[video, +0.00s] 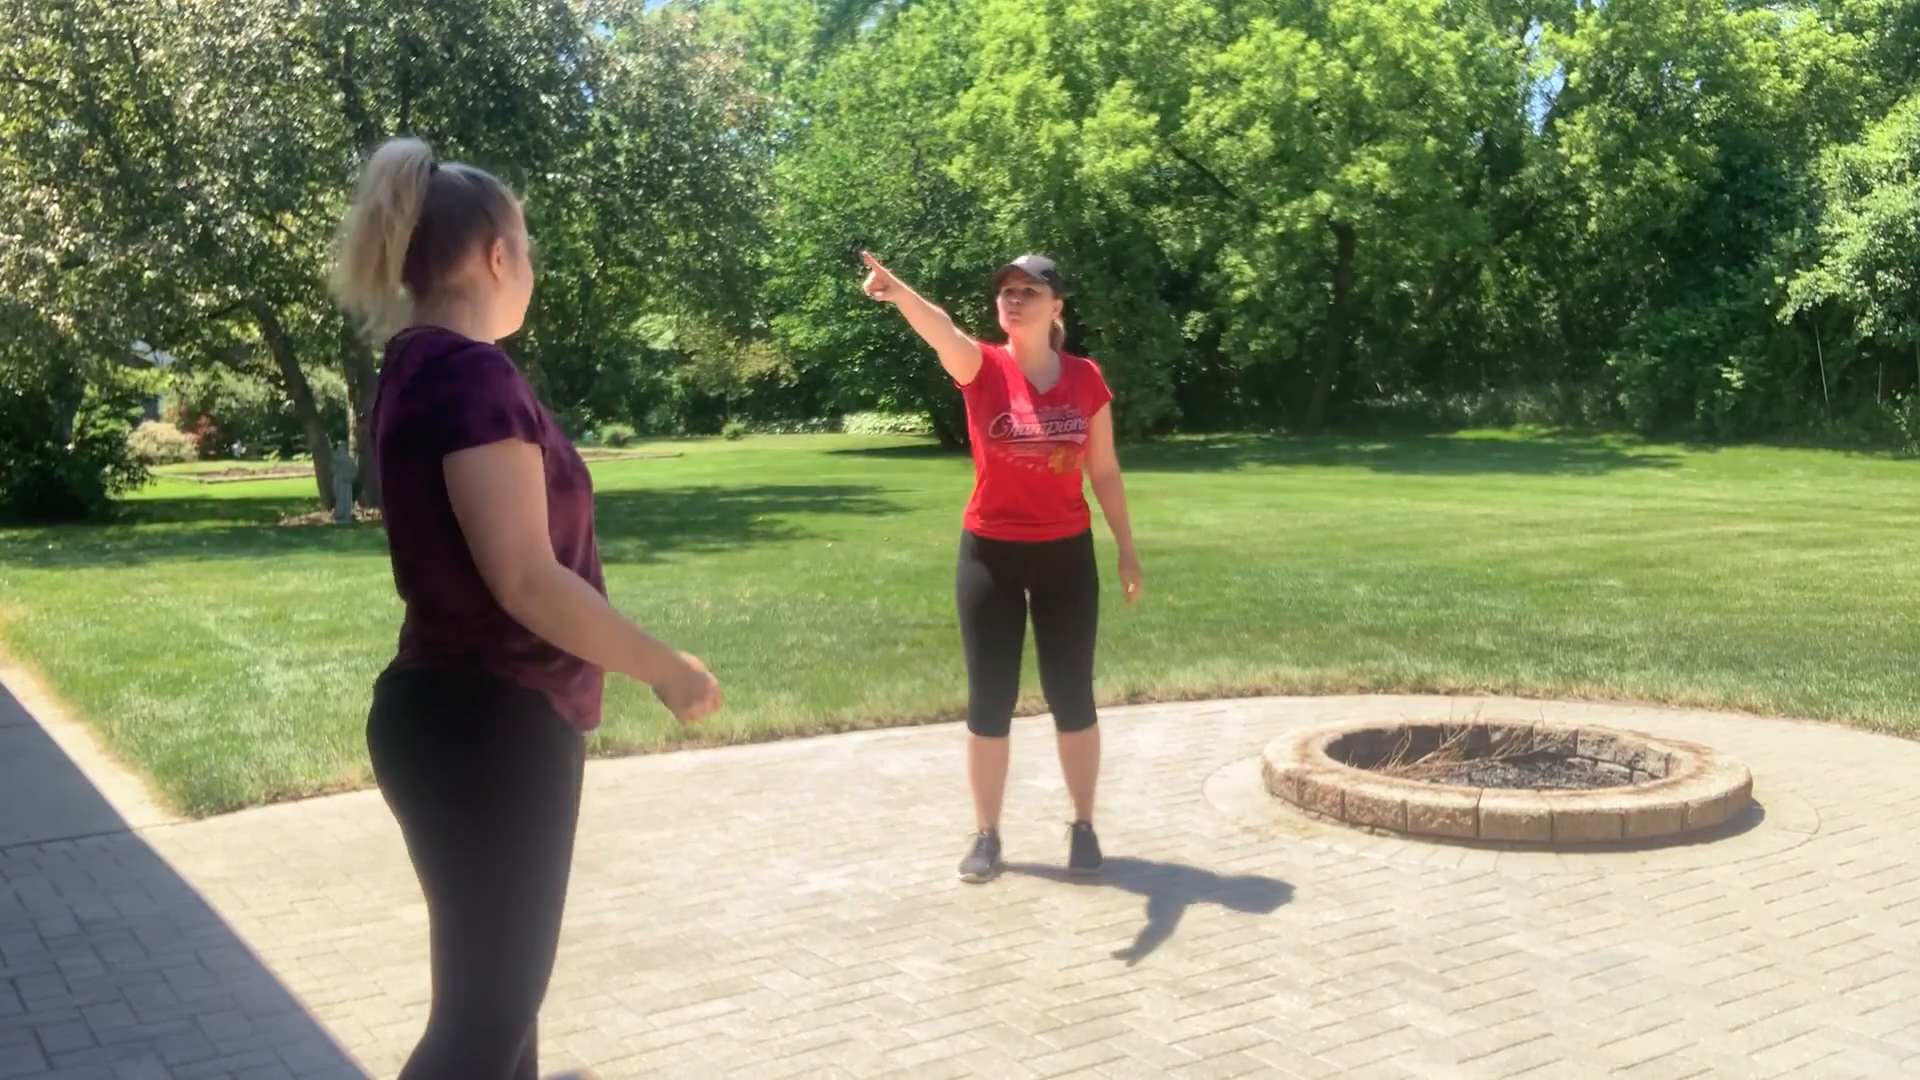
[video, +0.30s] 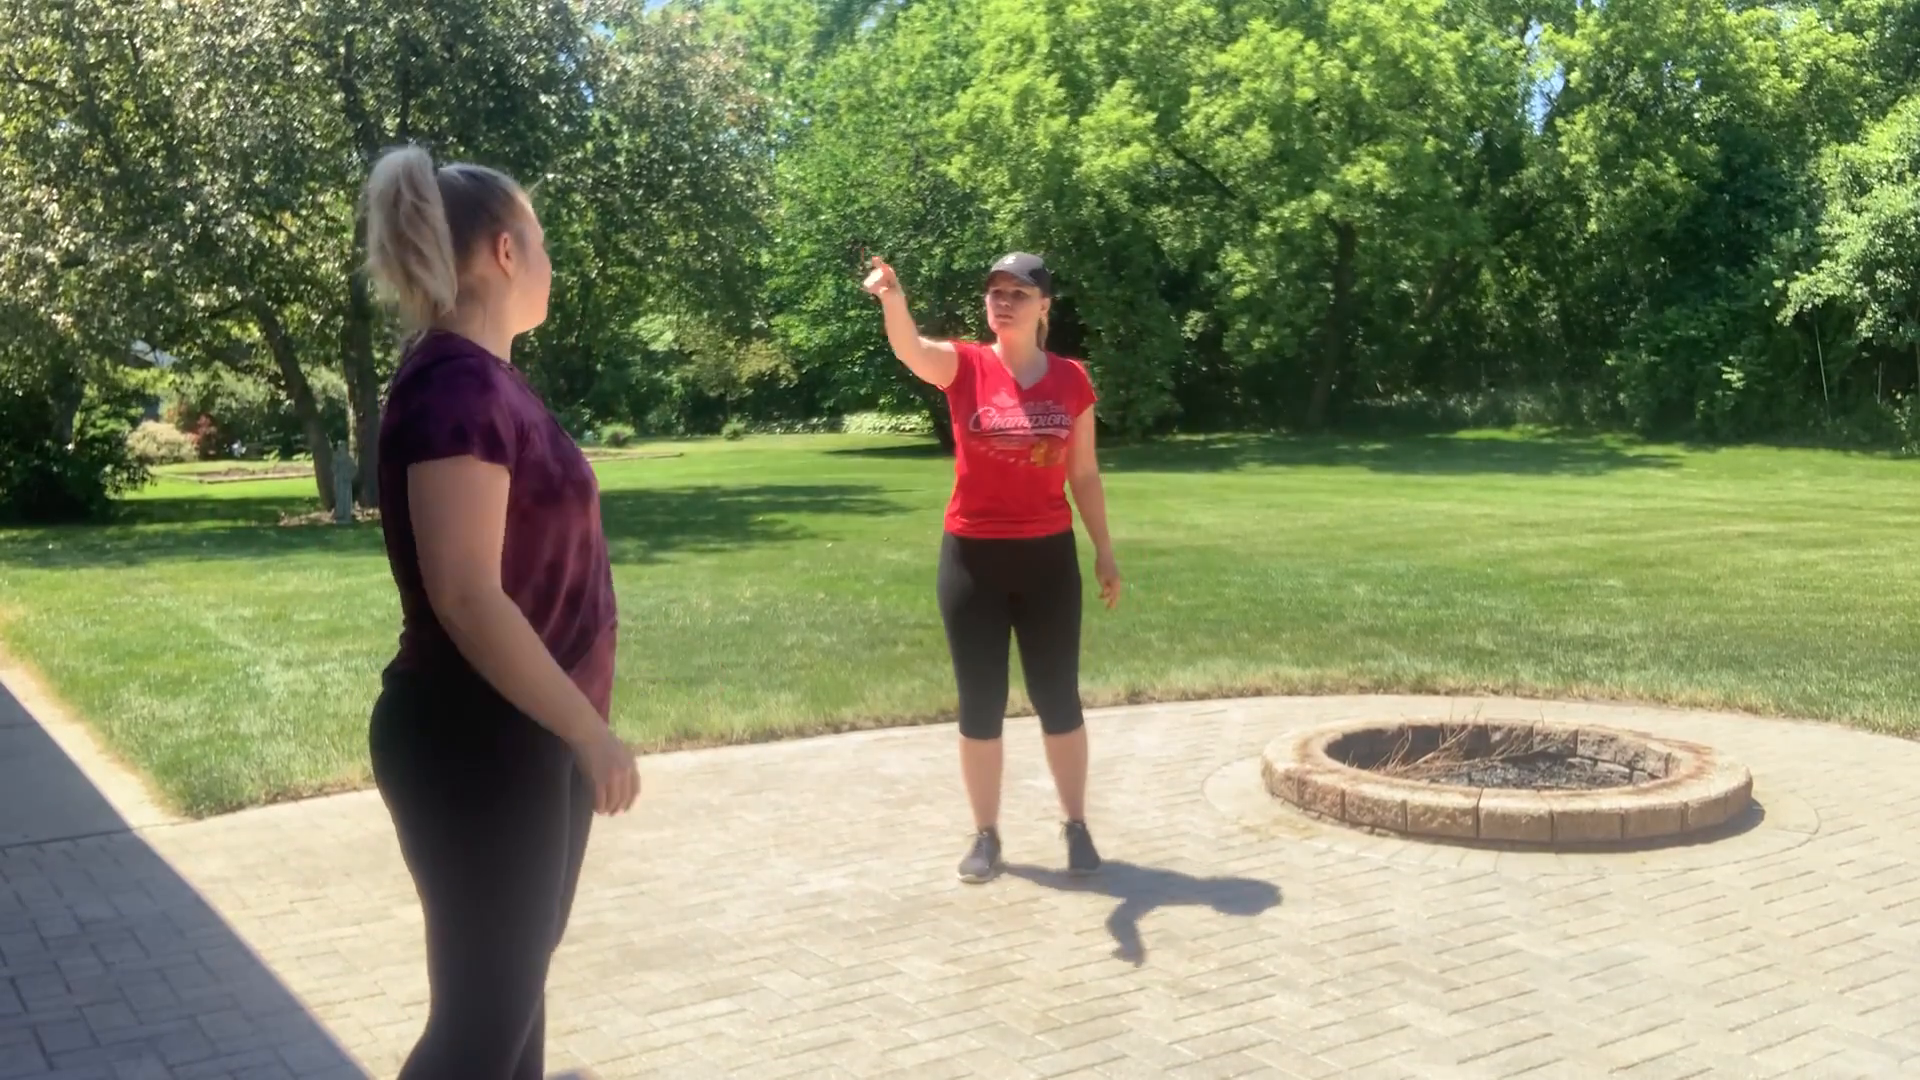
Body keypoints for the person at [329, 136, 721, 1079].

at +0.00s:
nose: (532, 276)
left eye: (529, 254)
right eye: (527, 253)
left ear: (420, 264)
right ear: (495, 258)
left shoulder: (414, 372)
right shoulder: (471, 376)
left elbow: (475, 571)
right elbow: (525, 574)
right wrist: (665, 667)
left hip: (447, 712)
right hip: (496, 725)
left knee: (487, 1012)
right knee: (489, 1024)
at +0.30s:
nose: (547, 258)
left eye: (539, 236)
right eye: (536, 236)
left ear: (469, 260)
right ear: (500, 252)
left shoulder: (480, 378)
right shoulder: (456, 385)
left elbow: (484, 585)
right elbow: (462, 590)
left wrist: (582, 726)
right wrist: (590, 731)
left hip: (515, 728)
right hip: (482, 734)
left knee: (508, 1018)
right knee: (484, 1027)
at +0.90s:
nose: (574, 256)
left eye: (567, 236)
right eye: (559, 238)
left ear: (508, 261)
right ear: (508, 259)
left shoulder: (540, 366)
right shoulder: (449, 386)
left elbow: (567, 525)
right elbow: (407, 580)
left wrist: (653, 615)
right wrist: (510, 744)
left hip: (581, 731)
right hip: (481, 745)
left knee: (536, 995)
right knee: (469, 1025)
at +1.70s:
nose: (604, 275)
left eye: (606, 254)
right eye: (581, 254)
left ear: (603, 258)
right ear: (504, 260)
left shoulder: (593, 371)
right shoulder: (443, 370)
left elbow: (606, 553)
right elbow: (388, 543)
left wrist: (674, 651)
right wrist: (449, 645)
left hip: (573, 721)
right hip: (442, 719)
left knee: (541, 1005)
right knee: (459, 1011)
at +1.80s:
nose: (560, 280)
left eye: (571, 259)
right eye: (536, 257)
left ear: (583, 265)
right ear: (466, 257)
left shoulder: (579, 385)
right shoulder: (411, 363)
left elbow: (586, 568)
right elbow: (315, 519)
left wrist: (683, 639)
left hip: (568, 729)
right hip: (427, 728)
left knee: (530, 1015)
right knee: (440, 1024)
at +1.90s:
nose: (511, 267)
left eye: (530, 250)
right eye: (485, 246)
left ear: (551, 274)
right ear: (432, 262)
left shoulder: (568, 399)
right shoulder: (370, 363)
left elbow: (584, 575)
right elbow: (243, 507)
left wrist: (680, 615)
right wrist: (317, 419)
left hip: (550, 747)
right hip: (389, 743)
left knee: (534, 1036)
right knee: (417, 1038)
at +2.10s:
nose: (425, 217)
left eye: (447, 209)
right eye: (397, 202)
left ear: (471, 251)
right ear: (347, 237)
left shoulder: (517, 383)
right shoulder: (284, 352)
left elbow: (561, 560)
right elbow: (108, 434)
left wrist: (651, 590)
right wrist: (295, 380)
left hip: (506, 764)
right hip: (320, 769)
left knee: (509, 1054)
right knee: (364, 1056)